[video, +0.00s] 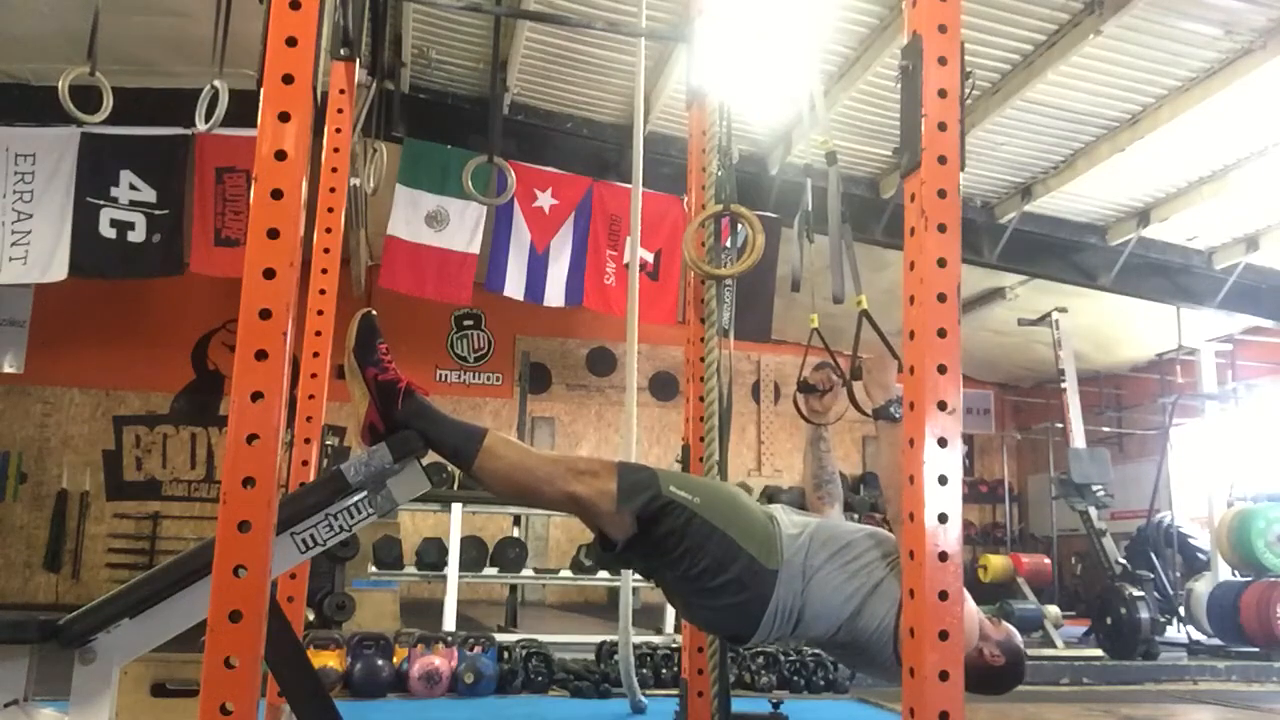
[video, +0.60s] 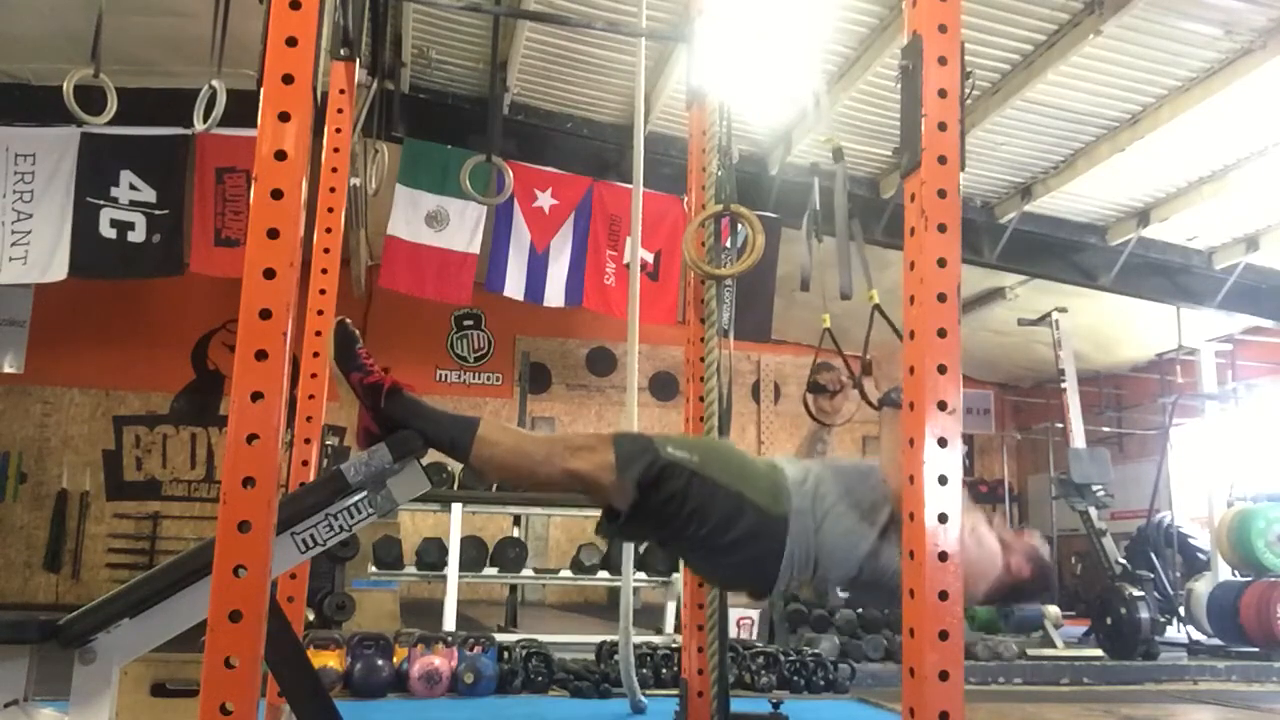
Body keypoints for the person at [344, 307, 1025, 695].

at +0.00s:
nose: (994, 631)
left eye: (999, 644)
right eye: (1003, 633)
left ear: (982, 659)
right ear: (985, 631)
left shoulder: (945, 639)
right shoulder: (935, 615)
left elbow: (931, 531)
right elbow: (904, 518)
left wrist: (923, 426)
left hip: (762, 564)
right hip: (758, 543)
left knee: (606, 481)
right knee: (587, 492)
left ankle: (407, 410)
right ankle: (411, 434)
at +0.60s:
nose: (1016, 534)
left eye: (1024, 549)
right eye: (1023, 533)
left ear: (1013, 582)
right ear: (1007, 530)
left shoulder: (971, 568)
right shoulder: (960, 533)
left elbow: (907, 508)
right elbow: (882, 493)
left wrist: (936, 451)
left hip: (781, 527)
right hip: (775, 495)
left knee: (614, 466)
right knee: (605, 462)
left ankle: (404, 415)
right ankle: (409, 420)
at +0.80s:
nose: (1013, 463)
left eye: (1024, 475)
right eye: (1022, 459)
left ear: (1021, 502)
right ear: (1011, 447)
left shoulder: (979, 503)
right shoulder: (968, 446)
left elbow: (927, 494)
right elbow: (883, 430)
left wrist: (949, 431)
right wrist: (893, 394)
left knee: (612, 434)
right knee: (601, 411)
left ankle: (403, 415)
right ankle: (414, 423)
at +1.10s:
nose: (1002, 435)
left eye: (1010, 449)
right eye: (1008, 433)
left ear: (1002, 472)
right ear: (994, 428)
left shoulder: (957, 481)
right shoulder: (944, 432)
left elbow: (889, 466)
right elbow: (874, 428)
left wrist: (891, 380)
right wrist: (879, 366)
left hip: (765, 432)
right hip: (755, 428)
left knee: (590, 338)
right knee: (579, 348)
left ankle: (392, 411)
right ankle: (399, 411)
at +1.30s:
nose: (925, 422)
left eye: (939, 432)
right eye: (937, 422)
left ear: (938, 467)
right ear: (927, 426)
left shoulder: (897, 486)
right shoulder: (884, 434)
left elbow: (825, 474)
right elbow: (828, 418)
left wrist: (824, 382)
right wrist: (830, 363)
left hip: (687, 418)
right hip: (688, 382)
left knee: (530, 294)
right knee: (515, 316)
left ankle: (370, 408)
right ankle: (378, 400)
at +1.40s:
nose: (894, 421)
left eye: (906, 434)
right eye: (904, 420)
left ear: (900, 470)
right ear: (891, 433)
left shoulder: (848, 480)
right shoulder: (832, 439)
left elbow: (772, 476)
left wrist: (802, 394)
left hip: (646, 405)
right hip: (646, 395)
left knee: (492, 276)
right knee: (485, 303)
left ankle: (352, 416)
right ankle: (357, 413)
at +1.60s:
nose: (809, 438)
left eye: (817, 452)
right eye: (817, 440)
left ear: (807, 471)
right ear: (804, 437)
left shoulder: (763, 473)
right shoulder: (746, 444)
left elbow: (679, 458)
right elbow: (602, 477)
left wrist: (710, 378)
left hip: (569, 373)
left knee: (410, 243)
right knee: (392, 296)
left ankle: (329, 421)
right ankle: (326, 421)